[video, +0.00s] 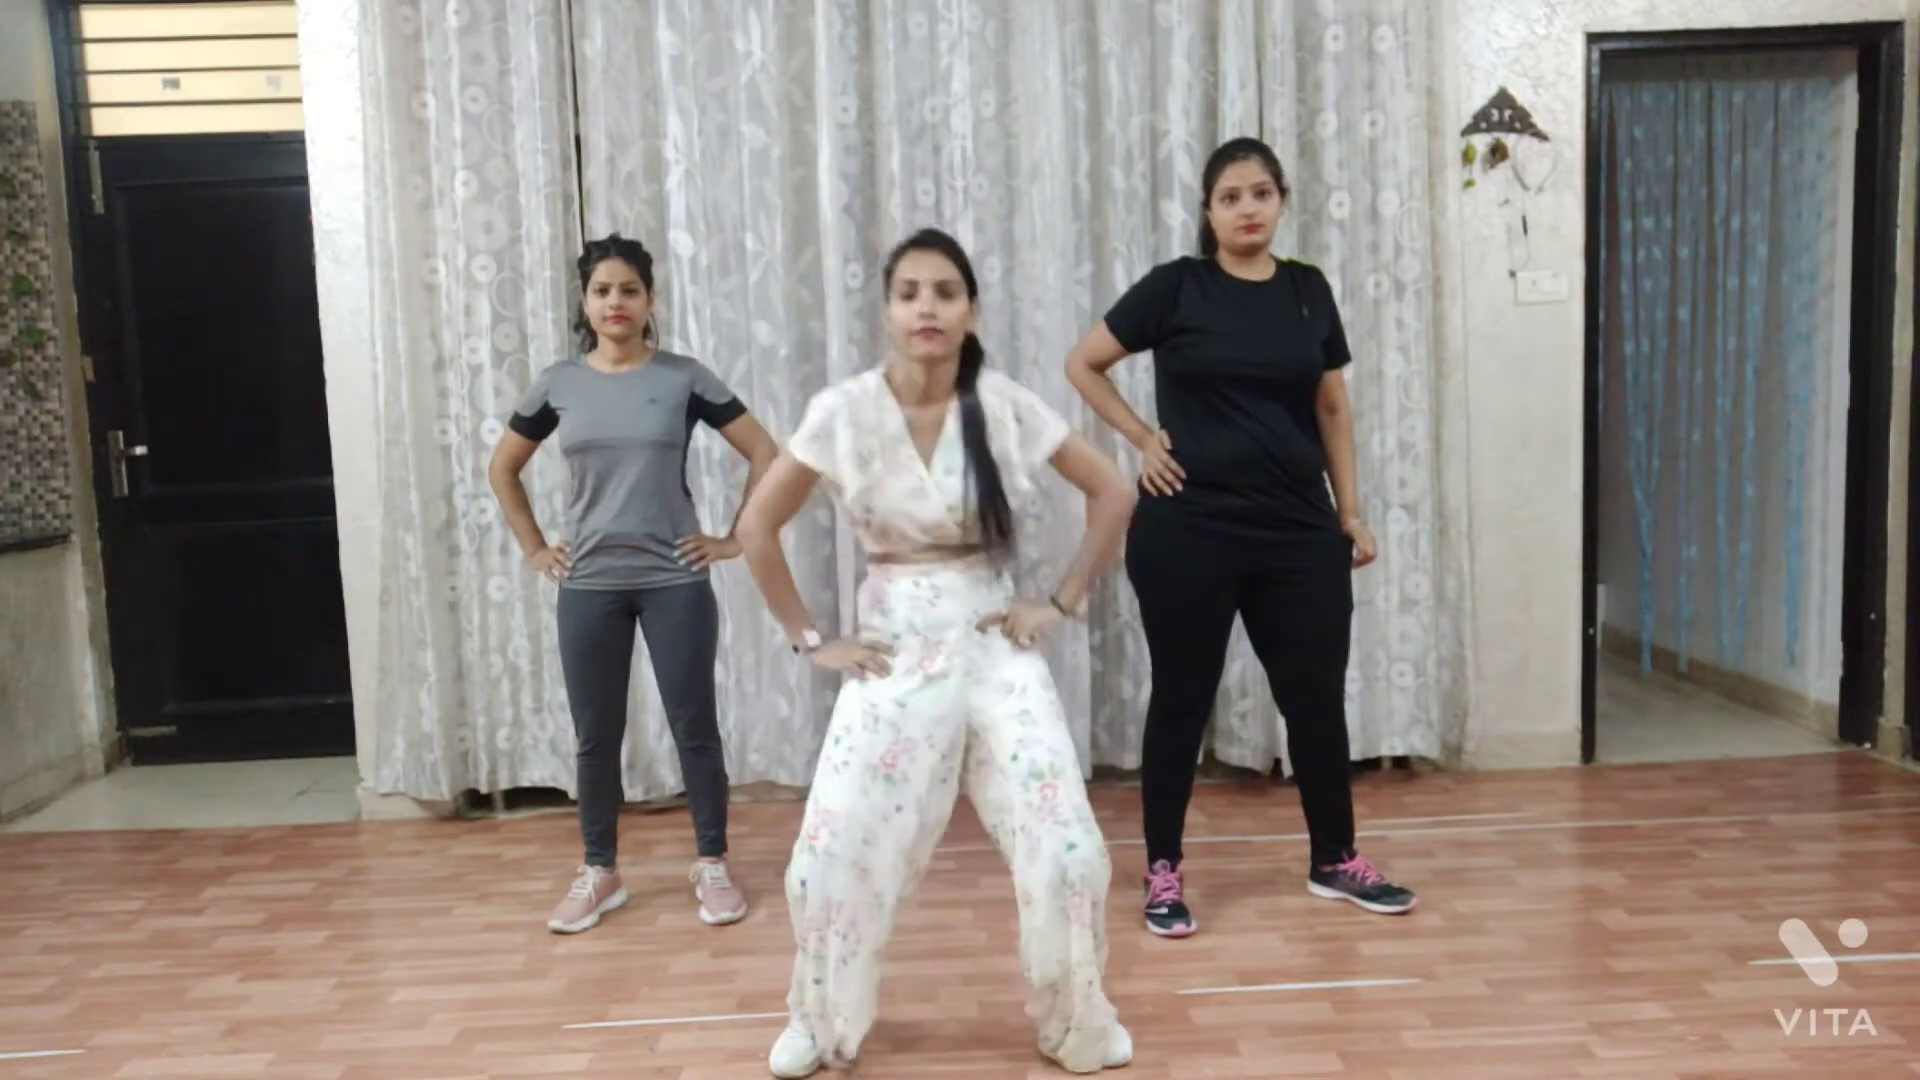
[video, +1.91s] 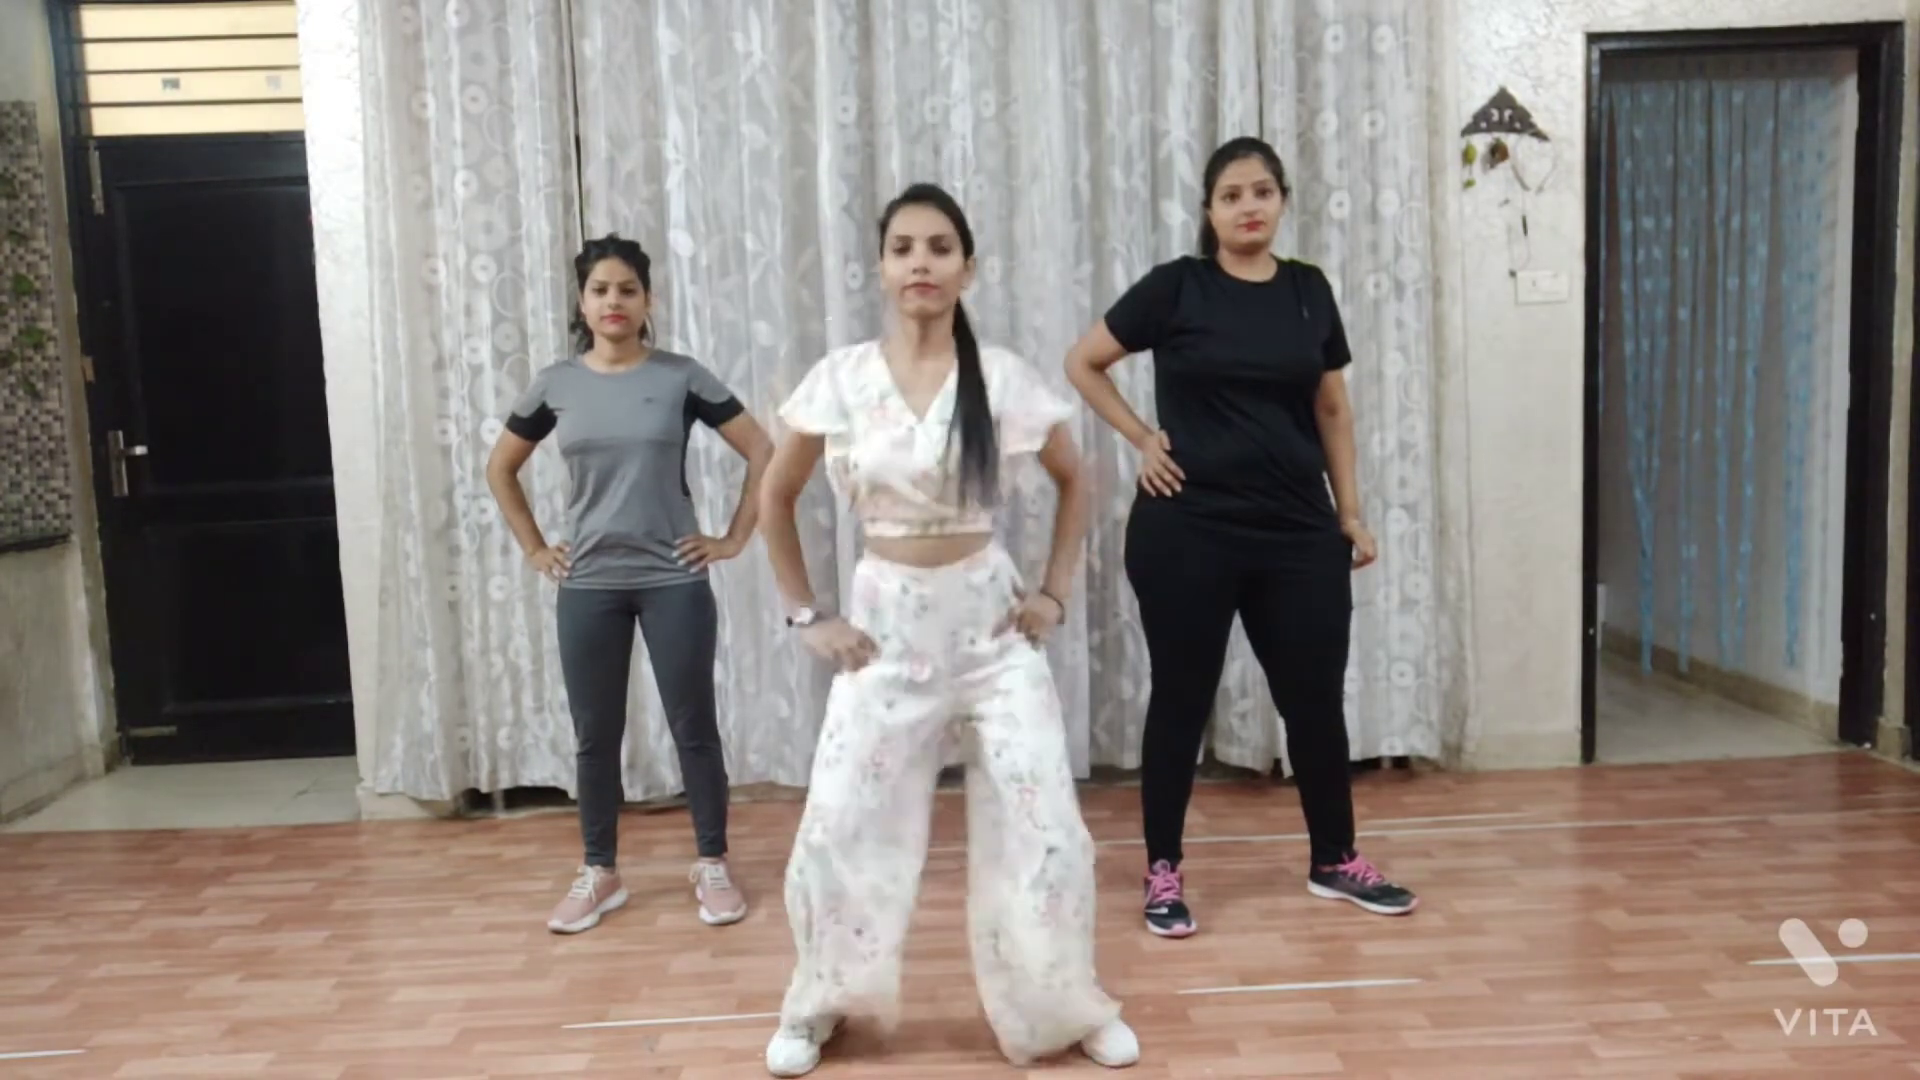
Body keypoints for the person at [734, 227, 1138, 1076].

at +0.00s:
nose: (926, 310)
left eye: (944, 294)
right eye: (909, 294)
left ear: (971, 311)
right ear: (885, 311)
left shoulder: (1004, 405)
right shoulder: (843, 412)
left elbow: (1114, 492)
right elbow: (755, 529)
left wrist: (1063, 602)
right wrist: (812, 640)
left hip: (999, 647)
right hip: (888, 655)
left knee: (1068, 849)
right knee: (829, 854)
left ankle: (1076, 1021)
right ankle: (819, 1022)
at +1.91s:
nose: (921, 265)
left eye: (939, 248)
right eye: (904, 249)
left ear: (967, 266)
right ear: (880, 265)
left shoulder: (1004, 380)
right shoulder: (840, 380)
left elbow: (1077, 480)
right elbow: (773, 499)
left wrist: (1052, 593)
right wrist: (809, 616)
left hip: (995, 630)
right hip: (884, 634)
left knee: (1050, 821)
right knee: (832, 825)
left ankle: (1076, 1005)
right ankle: (811, 1007)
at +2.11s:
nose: (907, 239)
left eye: (925, 226)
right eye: (890, 226)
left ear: (956, 249)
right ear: (867, 246)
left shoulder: (983, 360)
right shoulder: (813, 349)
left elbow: (1055, 455)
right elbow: (764, 465)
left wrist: (1039, 570)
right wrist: (771, 582)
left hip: (959, 602)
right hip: (853, 603)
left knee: (1024, 804)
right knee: (829, 807)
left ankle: (1054, 1012)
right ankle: (820, 1020)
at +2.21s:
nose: (908, 227)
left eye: (926, 212)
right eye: (890, 214)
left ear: (959, 234)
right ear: (868, 237)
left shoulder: (991, 349)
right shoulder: (821, 342)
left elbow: (1025, 466)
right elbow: (781, 462)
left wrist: (1041, 563)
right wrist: (743, 553)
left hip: (960, 606)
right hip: (851, 606)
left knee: (1008, 808)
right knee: (825, 806)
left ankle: (981, 1007)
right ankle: (813, 1016)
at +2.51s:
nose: (927, 230)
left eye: (944, 215)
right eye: (908, 219)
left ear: (975, 236)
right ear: (887, 244)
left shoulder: (1021, 342)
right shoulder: (856, 349)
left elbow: (1120, 424)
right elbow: (738, 428)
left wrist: (1198, 494)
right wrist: (632, 491)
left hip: (975, 608)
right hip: (879, 600)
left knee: (991, 822)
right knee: (785, 798)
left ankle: (926, 1003)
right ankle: (662, 1013)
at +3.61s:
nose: (940, 246)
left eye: (957, 232)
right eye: (922, 232)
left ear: (982, 250)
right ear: (893, 249)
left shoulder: (1005, 346)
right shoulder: (861, 331)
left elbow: (1000, 378)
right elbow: (878, 348)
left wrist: (936, 412)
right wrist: (979, 325)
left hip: (971, 597)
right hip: (876, 590)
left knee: (982, 818)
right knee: (773, 785)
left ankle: (949, 1024)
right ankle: (643, 1009)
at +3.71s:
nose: (941, 249)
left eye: (958, 234)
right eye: (922, 233)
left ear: (981, 249)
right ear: (894, 248)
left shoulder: (1000, 349)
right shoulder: (861, 329)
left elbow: (999, 382)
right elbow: (878, 341)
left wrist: (917, 410)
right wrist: (1001, 325)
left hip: (969, 594)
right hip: (876, 587)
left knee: (984, 818)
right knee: (771, 788)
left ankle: (949, 1023)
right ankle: (644, 1007)